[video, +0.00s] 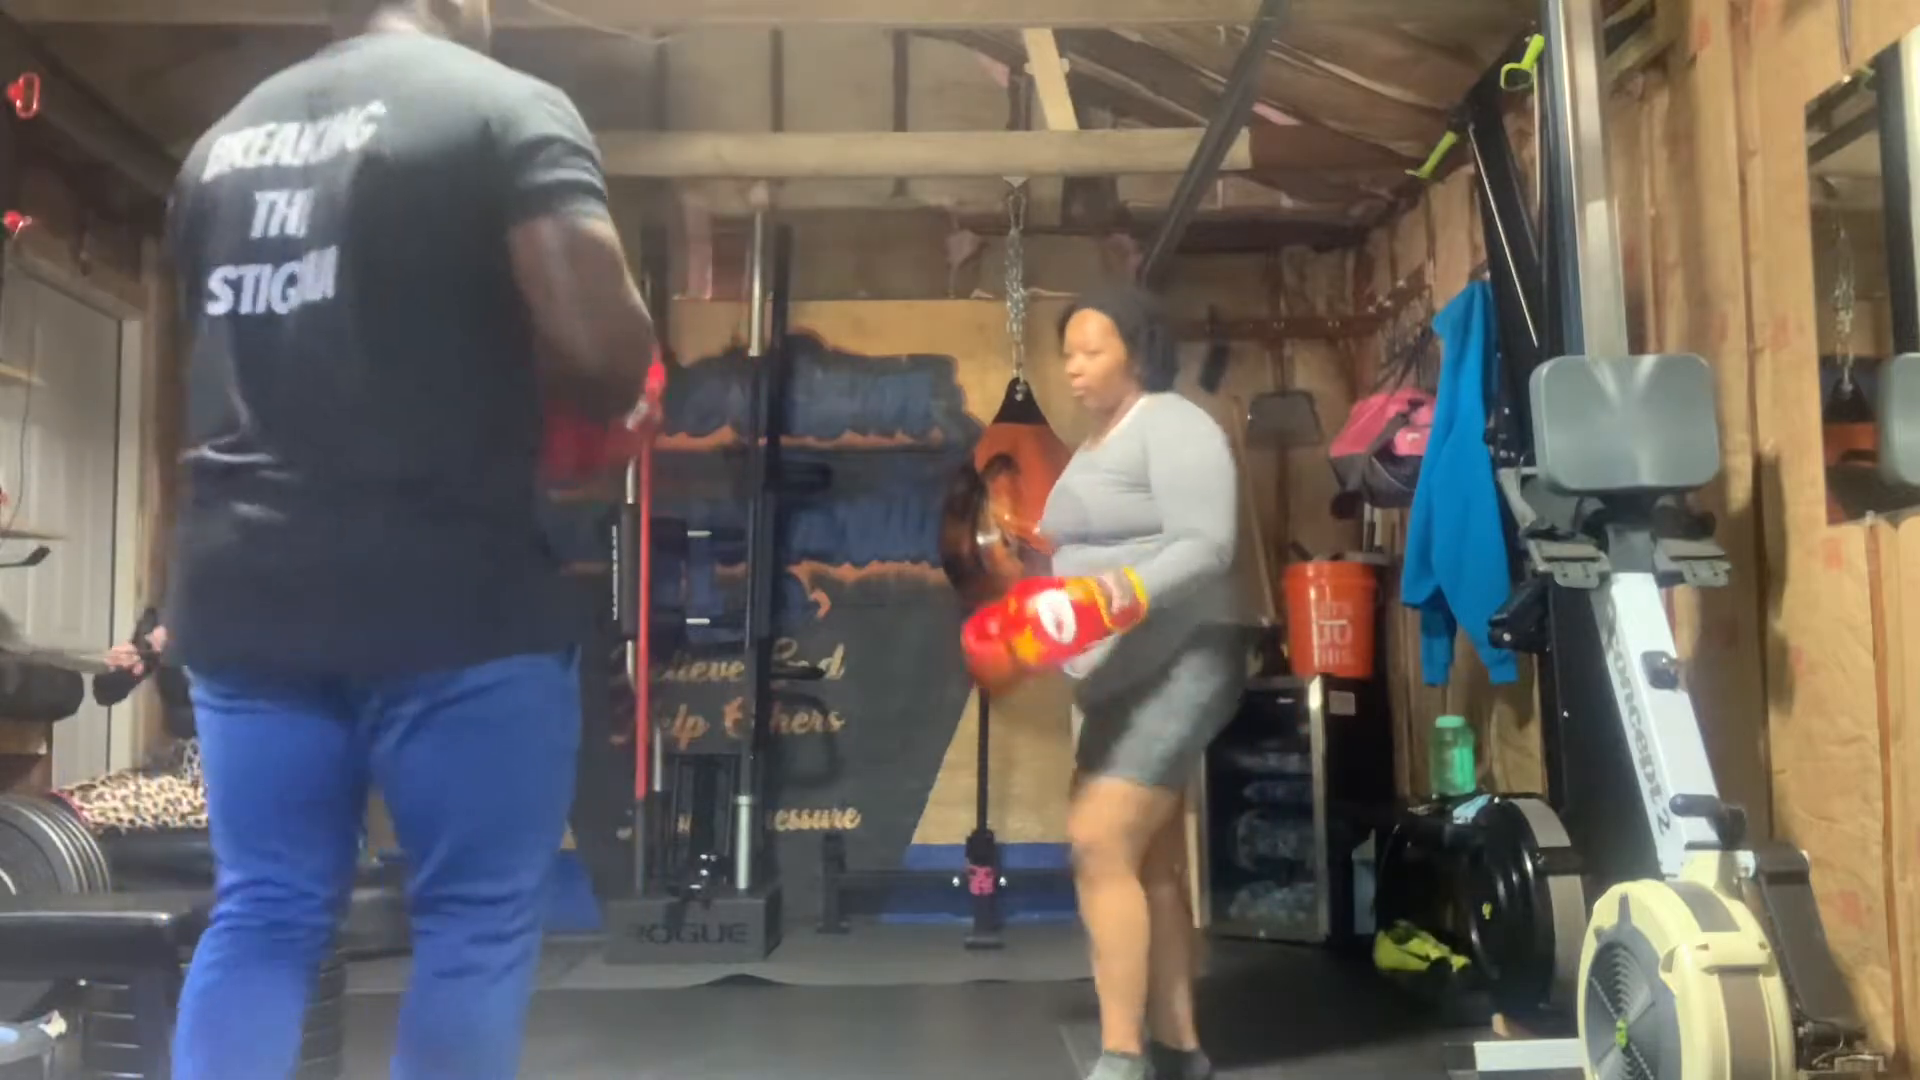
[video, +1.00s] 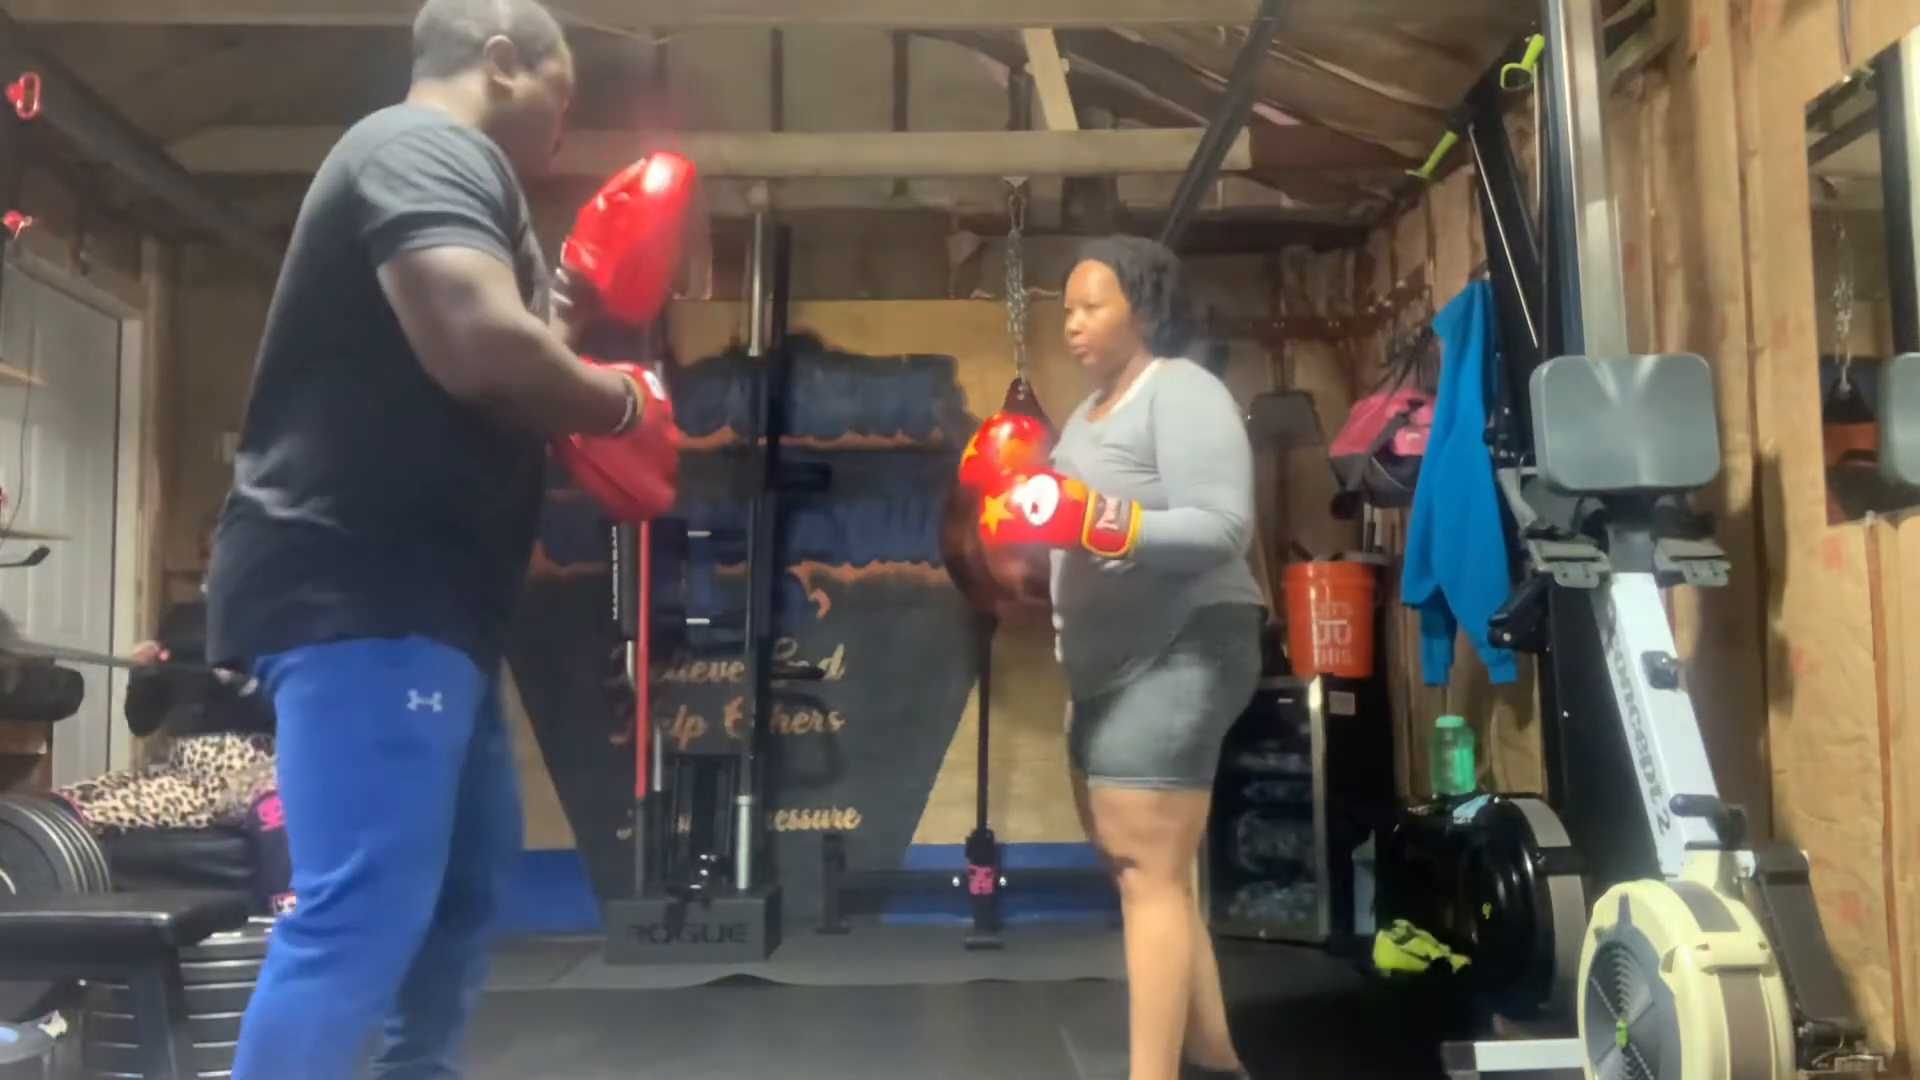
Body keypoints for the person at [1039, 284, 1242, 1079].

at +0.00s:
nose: (1077, 368)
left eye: (1092, 351)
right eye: (1070, 354)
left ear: (1136, 355)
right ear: (1067, 363)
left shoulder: (1176, 424)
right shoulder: (1092, 451)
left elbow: (1208, 541)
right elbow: (1077, 561)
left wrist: (1105, 597)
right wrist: (1027, 555)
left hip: (1187, 653)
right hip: (1116, 663)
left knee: (1100, 836)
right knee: (1156, 863)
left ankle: (1122, 1059)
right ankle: (1179, 1046)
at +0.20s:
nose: (1089, 370)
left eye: (1105, 353)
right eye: (1081, 356)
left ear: (1149, 353)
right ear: (1075, 364)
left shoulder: (1191, 417)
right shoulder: (1090, 455)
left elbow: (1226, 531)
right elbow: (1071, 566)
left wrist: (1113, 536)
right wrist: (1015, 554)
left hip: (1183, 646)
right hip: (1113, 658)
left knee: (1098, 833)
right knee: (1159, 867)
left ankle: (1136, 1057)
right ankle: (1177, 1049)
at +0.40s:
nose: (1089, 360)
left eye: (1106, 344)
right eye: (1083, 347)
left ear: (1152, 346)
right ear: (1080, 356)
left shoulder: (1195, 419)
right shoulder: (1086, 451)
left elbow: (1227, 540)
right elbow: (1060, 557)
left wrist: (1117, 532)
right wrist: (1019, 528)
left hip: (1175, 654)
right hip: (1105, 666)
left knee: (1144, 867)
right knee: (1146, 868)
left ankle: (1156, 1068)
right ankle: (1161, 1055)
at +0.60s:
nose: (1075, 343)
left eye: (1092, 326)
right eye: (1072, 329)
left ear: (1142, 327)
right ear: (1077, 338)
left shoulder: (1186, 403)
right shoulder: (1083, 435)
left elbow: (1219, 531)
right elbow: (1081, 549)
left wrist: (1098, 527)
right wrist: (1020, 524)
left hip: (1182, 641)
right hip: (1114, 654)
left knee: (1153, 868)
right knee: (1144, 867)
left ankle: (1153, 1068)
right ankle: (1155, 1057)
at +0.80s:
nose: (1070, 330)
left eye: (1087, 311)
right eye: (1066, 314)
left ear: (1139, 313)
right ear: (1071, 324)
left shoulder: (1183, 388)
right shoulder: (1085, 420)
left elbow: (1222, 517)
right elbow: (1084, 541)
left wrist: (1096, 514)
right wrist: (1020, 508)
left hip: (1181, 642)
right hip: (1112, 653)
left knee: (1151, 868)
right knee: (1134, 860)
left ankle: (1153, 1070)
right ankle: (1172, 1043)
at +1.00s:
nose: (1071, 325)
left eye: (1089, 307)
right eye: (1069, 309)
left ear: (1141, 311)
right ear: (1080, 318)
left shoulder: (1187, 392)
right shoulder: (1083, 418)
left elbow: (1221, 527)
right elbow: (1080, 527)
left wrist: (1095, 516)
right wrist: (1019, 484)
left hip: (1186, 641)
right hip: (1106, 653)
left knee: (1149, 867)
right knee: (1141, 865)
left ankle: (1152, 1072)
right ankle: (1215, 1058)